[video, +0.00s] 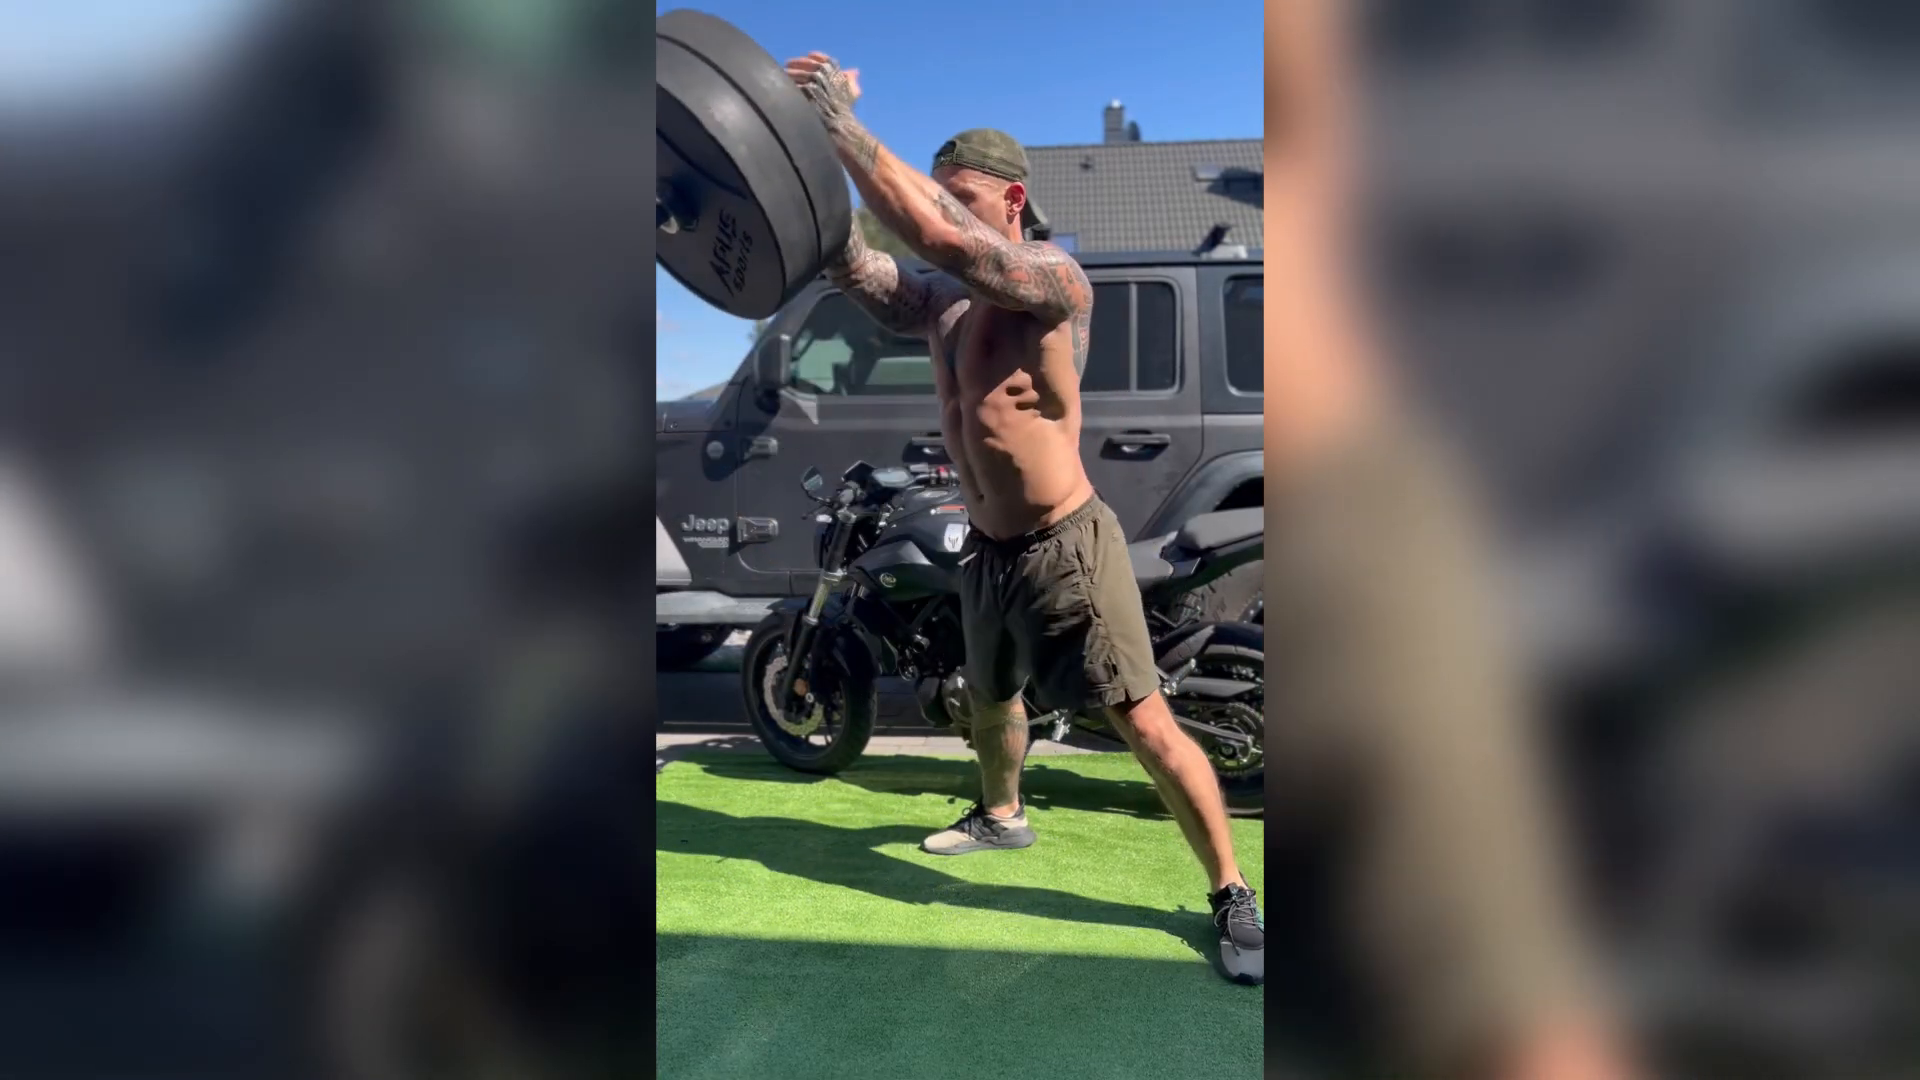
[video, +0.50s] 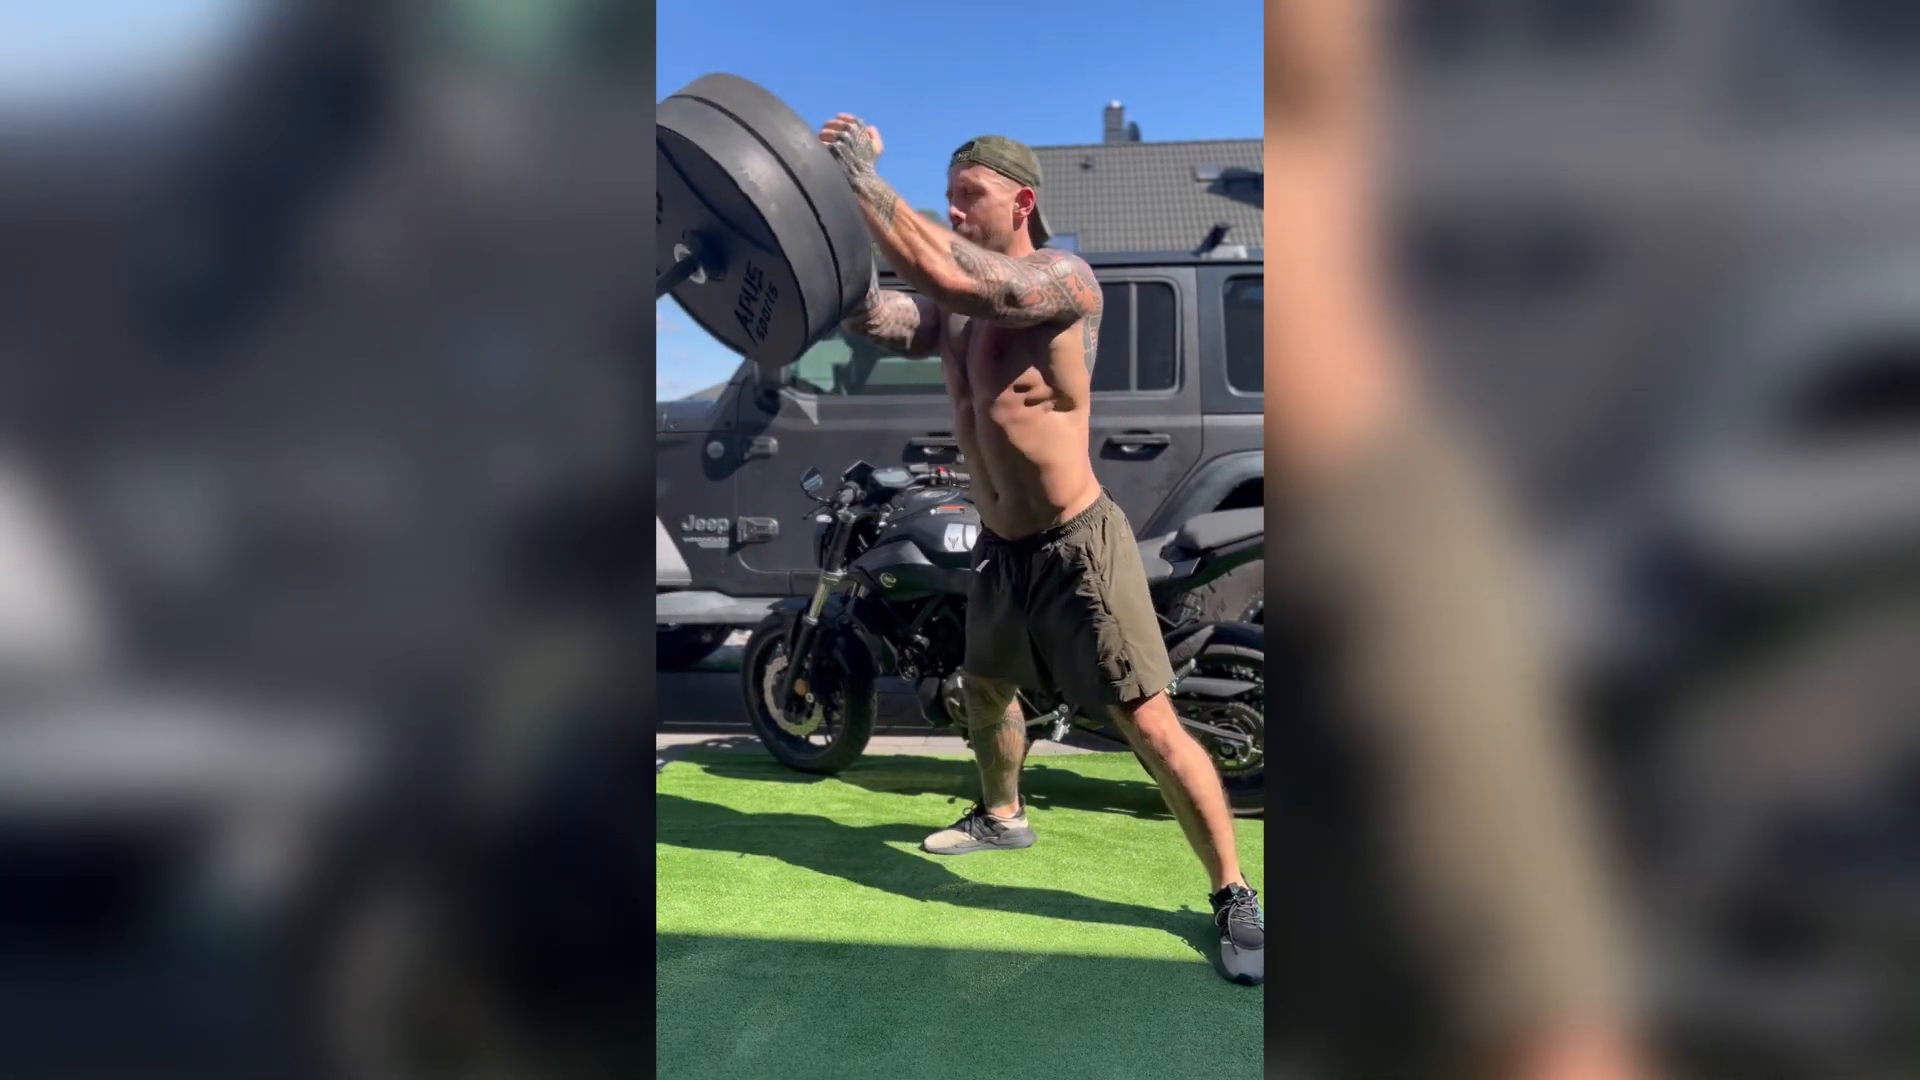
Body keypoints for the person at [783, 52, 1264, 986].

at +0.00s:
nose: (945, 209)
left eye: (962, 195)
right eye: (939, 195)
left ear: (1016, 195)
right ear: (944, 203)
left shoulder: (1057, 280)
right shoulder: (934, 298)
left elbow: (942, 233)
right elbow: (850, 260)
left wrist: (843, 124)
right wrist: (786, 171)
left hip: (1071, 544)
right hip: (988, 554)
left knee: (1147, 726)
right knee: (991, 700)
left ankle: (1231, 893)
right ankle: (1001, 819)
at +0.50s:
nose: (952, 212)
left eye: (968, 198)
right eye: (948, 199)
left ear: (1022, 204)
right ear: (954, 205)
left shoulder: (1067, 277)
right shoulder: (949, 297)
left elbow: (958, 277)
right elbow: (873, 317)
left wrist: (861, 178)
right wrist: (813, 236)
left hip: (1079, 541)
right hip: (1000, 549)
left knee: (1149, 724)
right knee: (988, 693)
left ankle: (1234, 893)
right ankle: (1001, 818)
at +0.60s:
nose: (969, 219)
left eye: (987, 206)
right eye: (966, 207)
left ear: (1038, 217)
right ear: (969, 225)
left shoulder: (1080, 303)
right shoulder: (964, 320)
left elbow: (982, 351)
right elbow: (905, 381)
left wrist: (907, 261)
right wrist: (851, 297)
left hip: (1092, 547)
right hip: (1007, 552)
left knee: (1152, 727)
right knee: (969, 697)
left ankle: (1234, 896)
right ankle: (1002, 817)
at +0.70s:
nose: (972, 263)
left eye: (990, 249)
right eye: (972, 250)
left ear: (1042, 261)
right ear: (981, 268)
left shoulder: (1088, 350)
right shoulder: (988, 359)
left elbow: (1004, 439)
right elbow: (937, 450)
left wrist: (944, 345)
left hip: (1113, 570)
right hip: (1030, 575)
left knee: (1162, 739)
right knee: (954, 694)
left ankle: (1235, 898)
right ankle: (1002, 818)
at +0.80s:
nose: (983, 320)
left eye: (1000, 307)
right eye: (982, 307)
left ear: (1048, 319)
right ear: (985, 318)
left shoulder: (1099, 405)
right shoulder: (988, 404)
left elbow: (1034, 513)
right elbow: (954, 522)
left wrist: (973, 425)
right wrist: (927, 432)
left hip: (1130, 600)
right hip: (1046, 602)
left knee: (1165, 744)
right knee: (947, 696)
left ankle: (1237, 899)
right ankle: (999, 816)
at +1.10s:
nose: (995, 461)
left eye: (1012, 449)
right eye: (993, 448)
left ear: (1059, 461)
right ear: (990, 455)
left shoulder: (1118, 540)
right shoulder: (1001, 534)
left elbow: (1079, 671)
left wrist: (1020, 585)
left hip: (1155, 676)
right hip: (1067, 679)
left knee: (1170, 743)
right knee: (957, 706)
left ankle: (1235, 899)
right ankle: (1000, 818)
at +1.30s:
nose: (989, 483)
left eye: (1007, 472)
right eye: (988, 470)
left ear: (1054, 484)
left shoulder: (1119, 563)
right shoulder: (1004, 560)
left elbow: (1094, 696)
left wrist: (1027, 612)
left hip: (1159, 679)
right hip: (1076, 681)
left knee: (1160, 738)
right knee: (960, 698)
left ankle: (1234, 897)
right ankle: (999, 818)